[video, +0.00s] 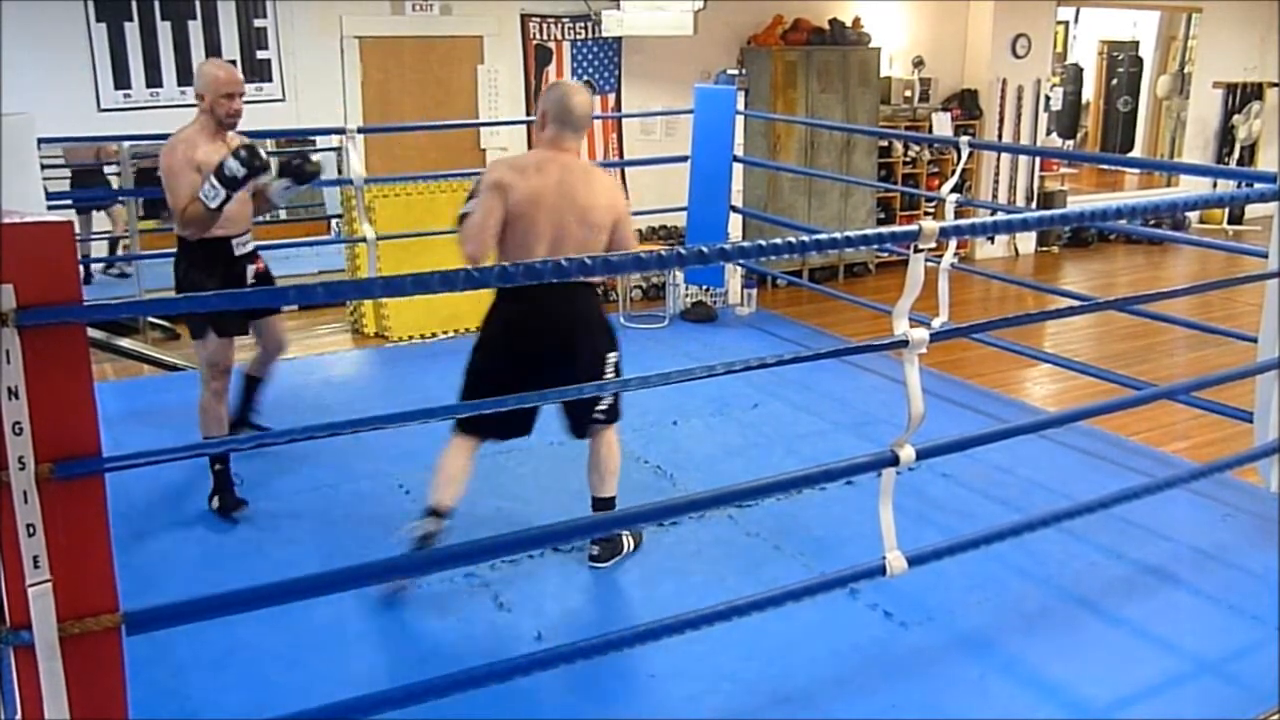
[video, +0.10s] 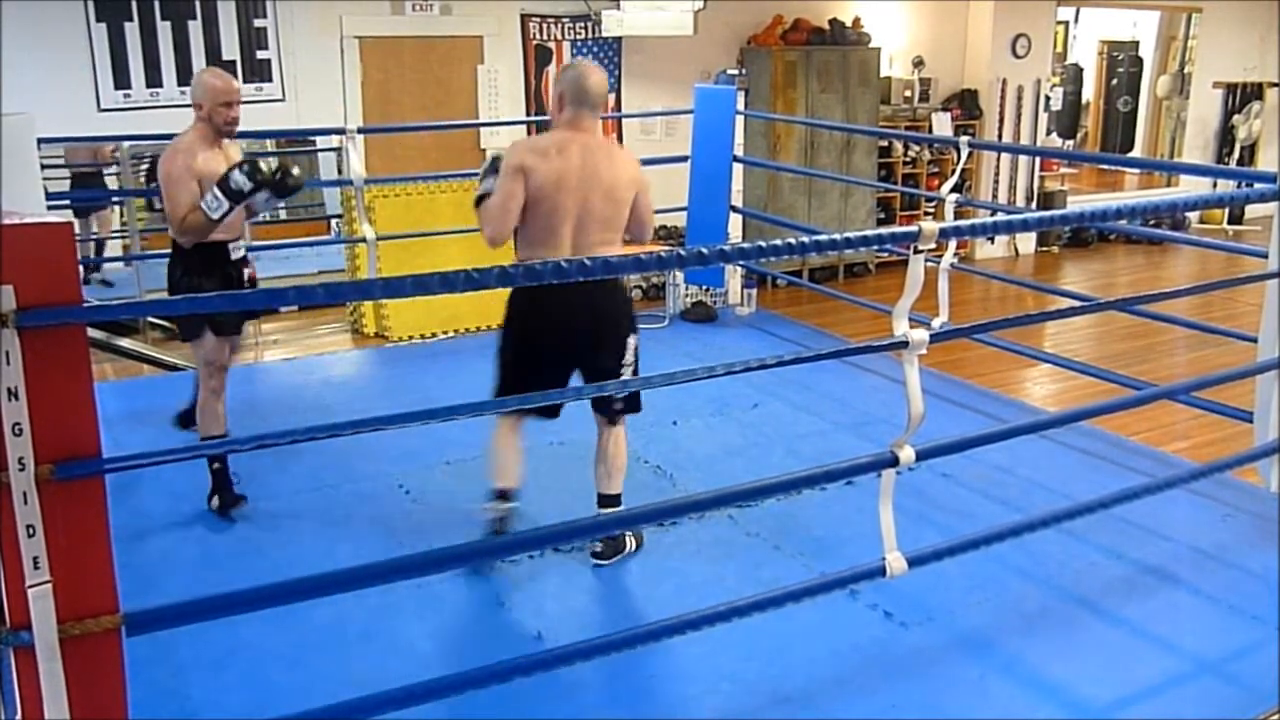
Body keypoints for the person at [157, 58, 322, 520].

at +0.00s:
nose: (238, 106)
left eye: (241, 96)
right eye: (229, 98)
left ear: (242, 96)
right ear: (202, 100)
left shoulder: (239, 143)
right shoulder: (179, 150)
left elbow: (253, 206)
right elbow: (188, 224)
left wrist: (286, 183)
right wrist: (224, 183)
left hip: (244, 253)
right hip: (202, 262)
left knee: (273, 343)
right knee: (217, 374)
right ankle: (222, 484)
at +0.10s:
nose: (235, 114)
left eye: (237, 105)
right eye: (225, 107)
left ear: (238, 103)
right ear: (199, 108)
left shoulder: (230, 147)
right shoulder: (177, 158)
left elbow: (239, 211)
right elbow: (184, 230)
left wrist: (269, 194)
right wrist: (222, 197)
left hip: (233, 259)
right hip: (197, 266)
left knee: (224, 350)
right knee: (214, 375)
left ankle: (197, 410)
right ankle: (221, 483)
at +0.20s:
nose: (238, 125)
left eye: (239, 116)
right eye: (229, 118)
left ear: (236, 114)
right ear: (202, 120)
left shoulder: (223, 155)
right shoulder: (182, 166)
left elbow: (228, 219)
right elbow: (183, 238)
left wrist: (260, 207)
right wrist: (230, 209)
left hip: (218, 266)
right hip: (193, 273)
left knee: (195, 352)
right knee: (214, 373)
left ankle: (172, 428)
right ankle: (220, 479)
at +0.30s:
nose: (242, 121)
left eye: (243, 112)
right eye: (234, 114)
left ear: (223, 113)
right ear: (208, 116)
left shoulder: (214, 147)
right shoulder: (191, 159)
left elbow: (219, 205)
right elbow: (181, 230)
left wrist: (252, 201)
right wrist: (238, 213)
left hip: (208, 256)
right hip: (188, 263)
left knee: (188, 347)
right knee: (217, 357)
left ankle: (170, 426)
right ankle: (225, 468)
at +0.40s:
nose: (245, 112)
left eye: (246, 104)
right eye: (237, 106)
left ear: (221, 106)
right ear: (212, 107)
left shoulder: (219, 138)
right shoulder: (194, 150)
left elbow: (221, 193)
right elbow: (186, 218)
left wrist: (252, 187)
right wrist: (240, 201)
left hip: (208, 245)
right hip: (191, 252)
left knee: (188, 342)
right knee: (234, 348)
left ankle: (172, 427)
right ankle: (226, 451)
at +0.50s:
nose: (248, 112)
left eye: (249, 103)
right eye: (240, 105)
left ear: (223, 105)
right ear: (215, 106)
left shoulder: (219, 136)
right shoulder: (197, 148)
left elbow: (226, 190)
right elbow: (195, 215)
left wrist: (259, 176)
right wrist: (246, 189)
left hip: (207, 244)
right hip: (199, 250)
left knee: (188, 341)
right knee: (250, 346)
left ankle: (172, 427)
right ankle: (240, 441)